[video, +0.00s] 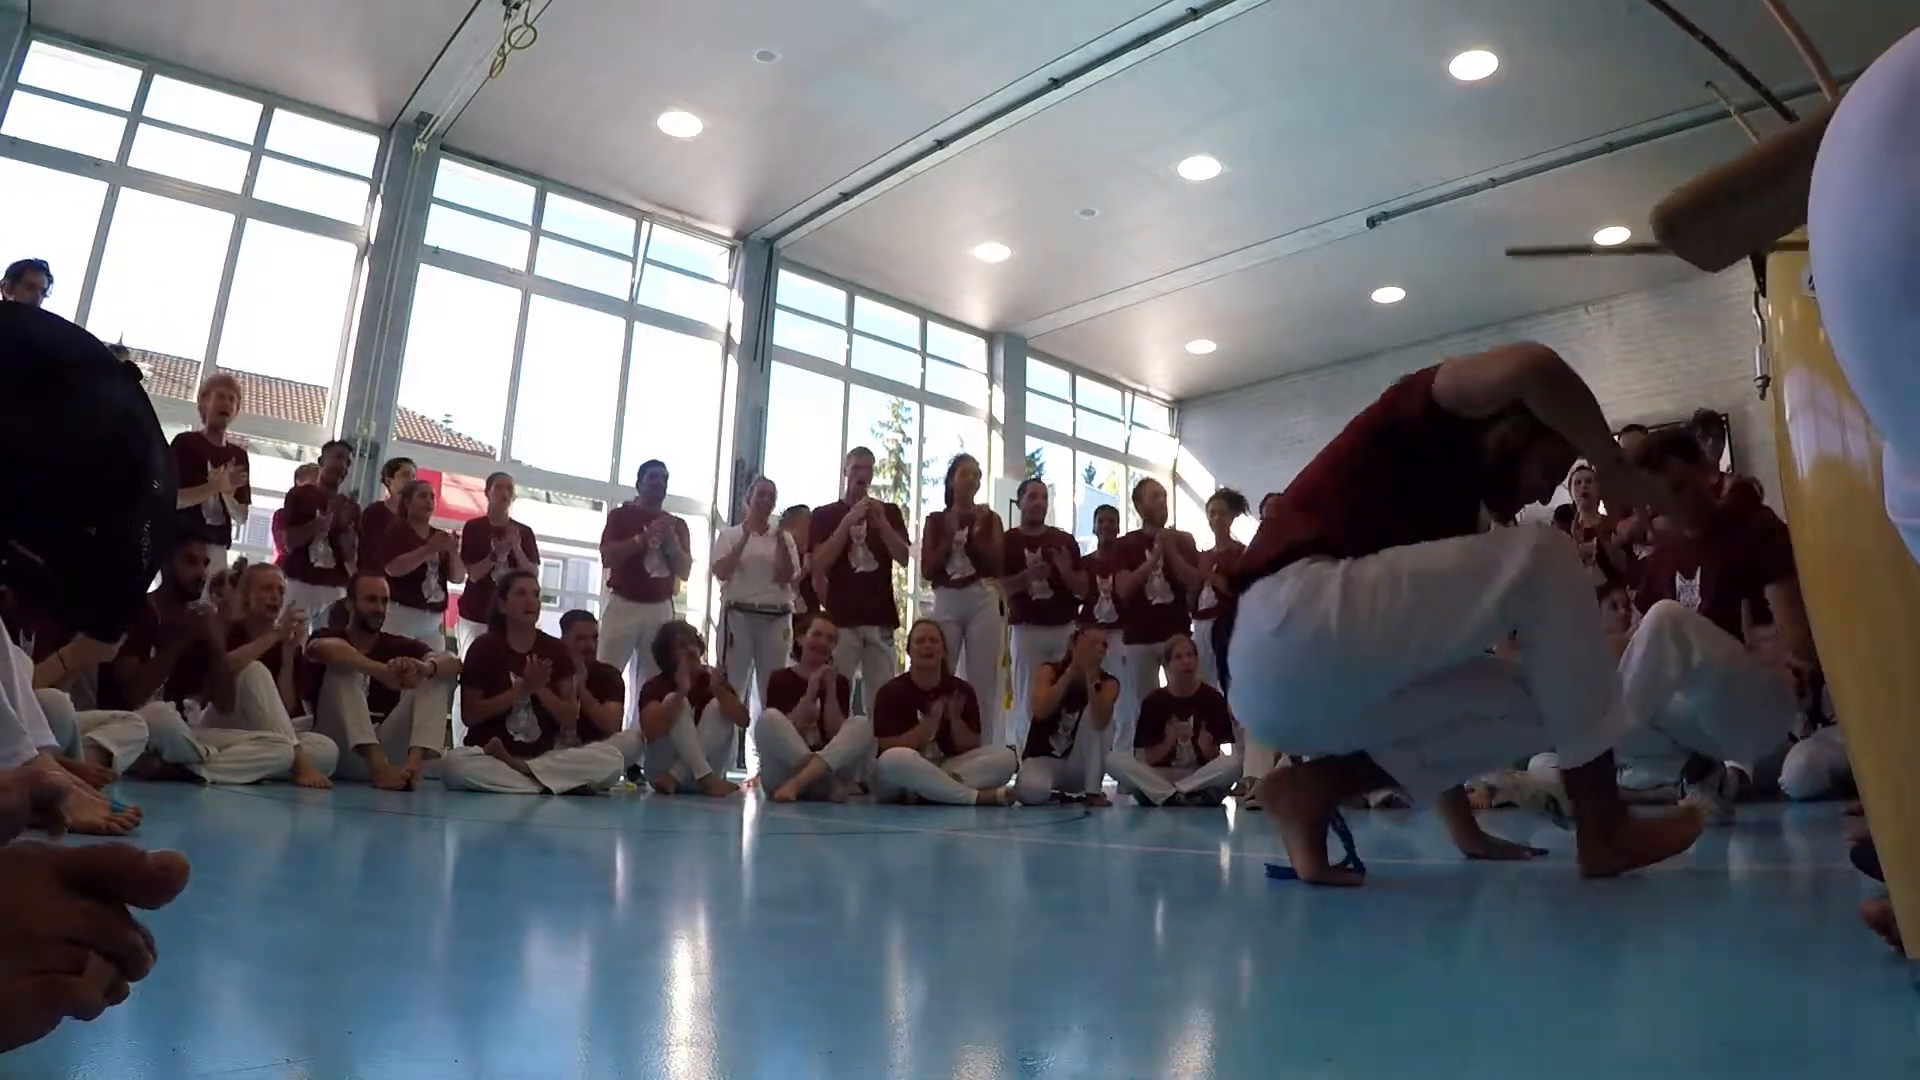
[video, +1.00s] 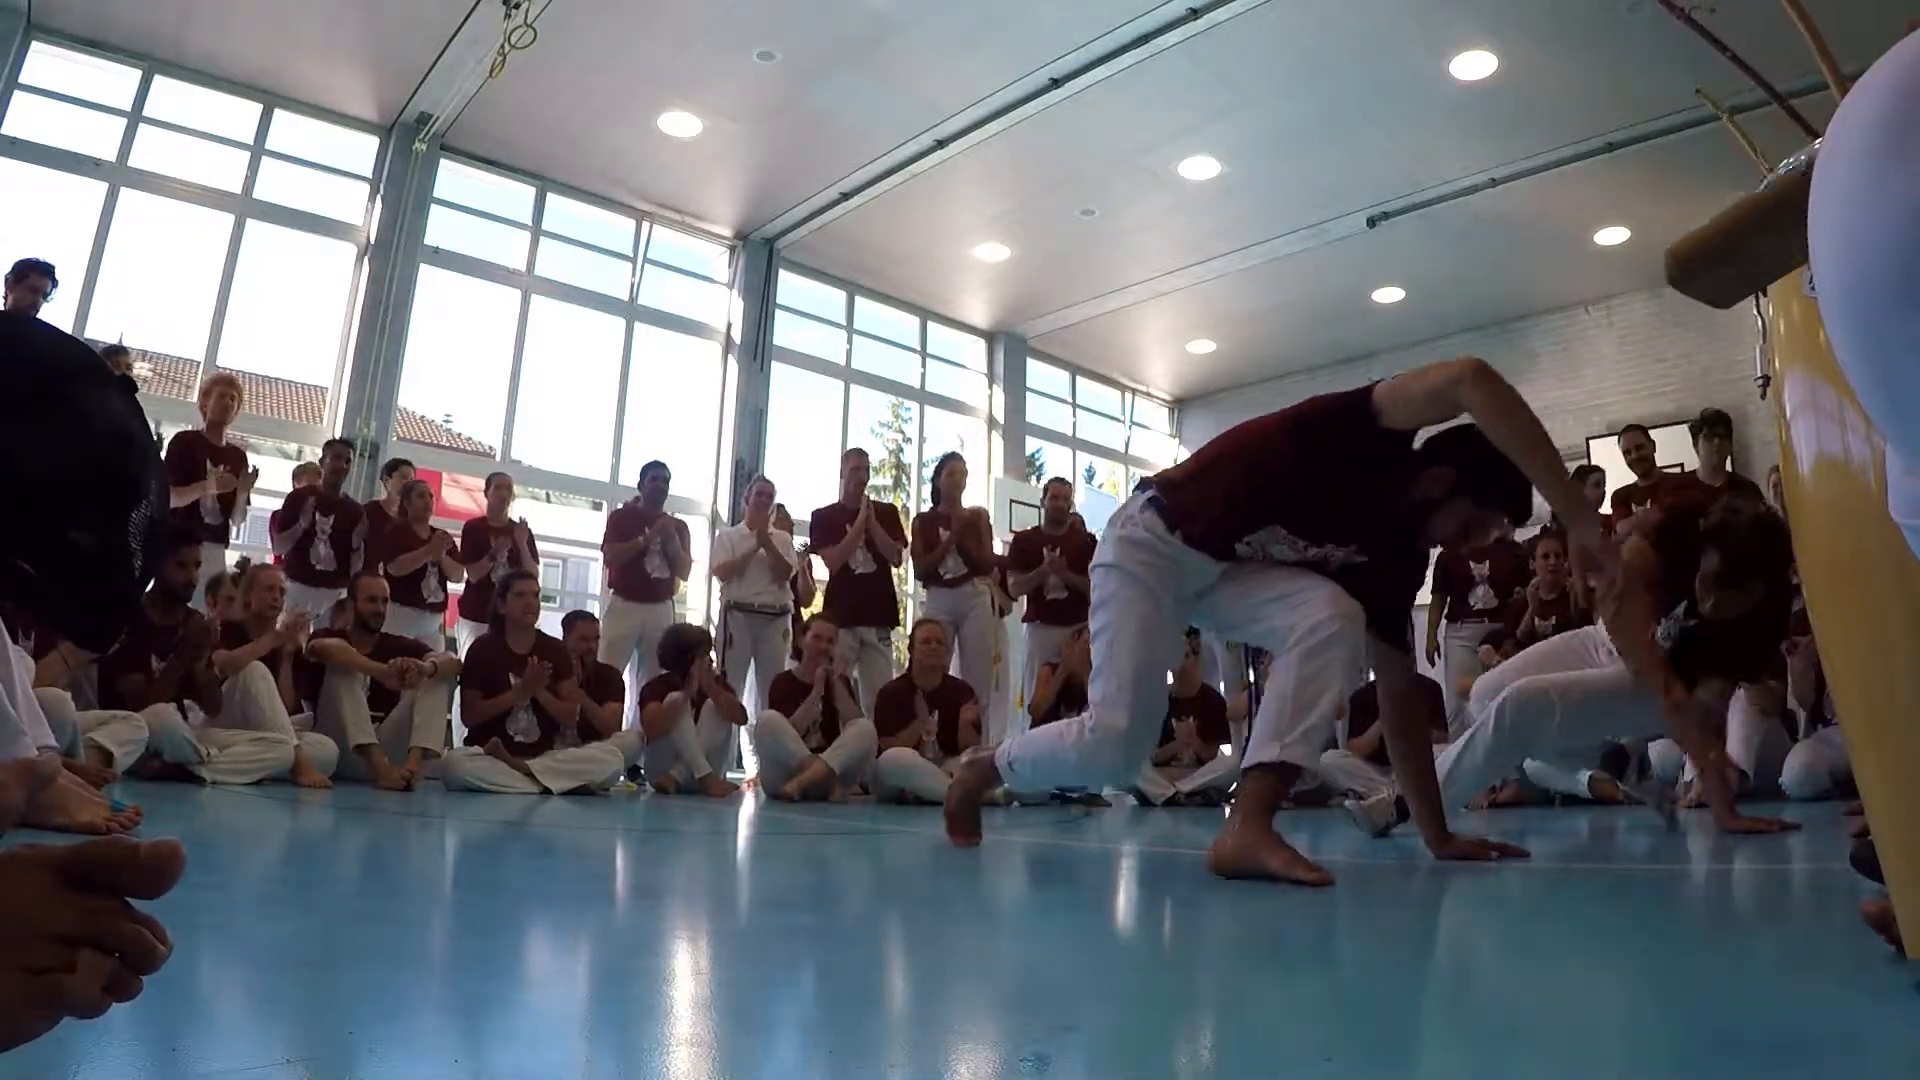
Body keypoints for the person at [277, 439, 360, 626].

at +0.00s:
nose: (343, 466)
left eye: (348, 462)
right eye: (338, 457)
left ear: (349, 469)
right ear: (321, 460)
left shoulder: (349, 506)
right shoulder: (298, 495)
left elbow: (351, 556)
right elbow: (288, 541)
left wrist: (343, 525)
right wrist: (317, 526)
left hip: (334, 586)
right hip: (299, 582)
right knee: (289, 648)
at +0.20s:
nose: (344, 467)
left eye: (348, 463)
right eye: (339, 458)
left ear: (351, 469)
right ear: (323, 460)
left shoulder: (351, 508)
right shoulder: (299, 495)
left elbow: (349, 554)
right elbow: (289, 541)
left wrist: (342, 523)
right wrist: (313, 525)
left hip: (334, 587)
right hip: (298, 582)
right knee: (287, 649)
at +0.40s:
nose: (342, 467)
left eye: (347, 463)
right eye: (337, 460)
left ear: (350, 470)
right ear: (324, 461)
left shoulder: (351, 508)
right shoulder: (298, 495)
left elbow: (350, 552)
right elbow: (289, 537)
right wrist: (306, 502)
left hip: (332, 586)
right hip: (297, 580)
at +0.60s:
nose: (342, 467)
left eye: (347, 463)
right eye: (337, 459)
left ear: (351, 469)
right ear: (325, 460)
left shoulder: (354, 510)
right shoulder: (301, 495)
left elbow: (351, 553)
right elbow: (290, 539)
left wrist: (335, 529)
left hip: (334, 582)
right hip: (299, 576)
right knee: (289, 644)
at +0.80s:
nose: (344, 466)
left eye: (350, 462)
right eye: (339, 458)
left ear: (352, 468)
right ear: (324, 461)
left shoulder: (356, 511)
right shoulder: (297, 498)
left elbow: (358, 555)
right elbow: (272, 541)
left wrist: (350, 561)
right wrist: (300, 548)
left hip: (335, 593)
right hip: (296, 588)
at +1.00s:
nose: (341, 465)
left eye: (347, 461)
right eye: (336, 458)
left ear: (351, 468)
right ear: (322, 462)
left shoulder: (355, 511)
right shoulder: (298, 498)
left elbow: (358, 552)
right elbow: (278, 546)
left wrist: (352, 580)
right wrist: (303, 524)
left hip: (335, 591)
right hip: (298, 586)